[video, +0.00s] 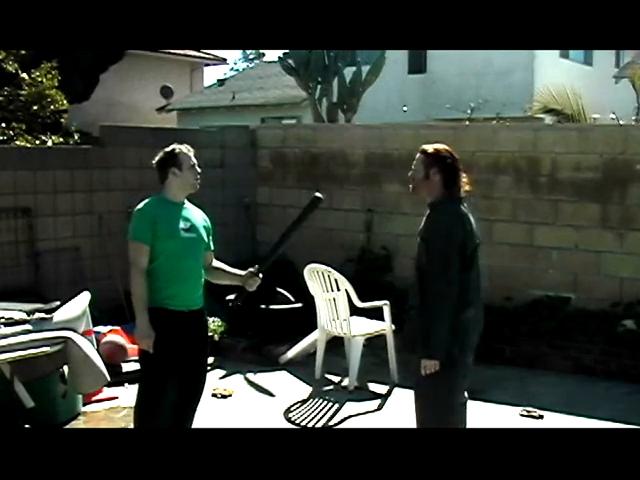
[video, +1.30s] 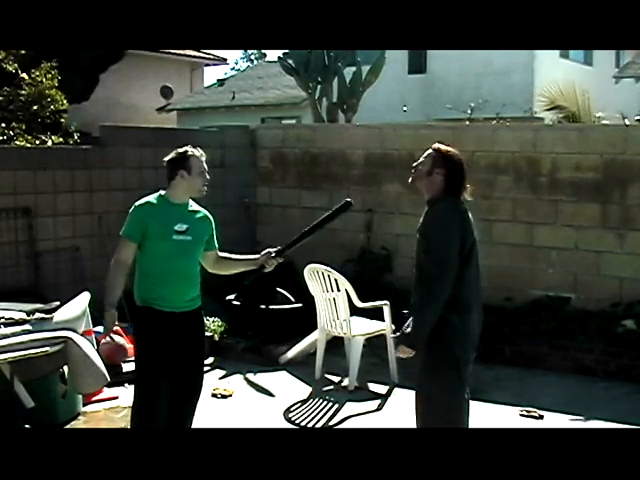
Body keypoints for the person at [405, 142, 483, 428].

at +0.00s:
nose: (410, 176)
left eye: (416, 170)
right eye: (412, 169)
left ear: (435, 176)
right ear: (435, 177)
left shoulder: (445, 220)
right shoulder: (448, 215)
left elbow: (440, 288)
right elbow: (441, 286)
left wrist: (433, 349)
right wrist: (431, 342)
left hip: (445, 342)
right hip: (450, 339)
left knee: (436, 416)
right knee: (444, 413)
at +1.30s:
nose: (413, 175)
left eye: (420, 170)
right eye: (416, 168)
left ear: (437, 177)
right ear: (438, 178)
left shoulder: (443, 216)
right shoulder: (449, 212)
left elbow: (436, 283)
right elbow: (437, 280)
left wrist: (413, 338)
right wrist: (415, 323)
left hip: (447, 332)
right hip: (451, 329)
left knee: (437, 409)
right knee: (443, 407)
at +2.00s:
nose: (413, 173)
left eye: (420, 167)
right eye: (416, 166)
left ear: (438, 175)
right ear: (437, 176)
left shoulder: (447, 216)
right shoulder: (442, 213)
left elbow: (435, 279)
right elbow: (427, 276)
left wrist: (408, 319)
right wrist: (406, 315)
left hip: (444, 324)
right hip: (442, 321)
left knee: (436, 399)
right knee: (439, 396)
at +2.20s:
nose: (411, 166)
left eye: (419, 163)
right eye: (415, 161)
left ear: (435, 176)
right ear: (434, 177)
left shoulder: (447, 219)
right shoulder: (436, 214)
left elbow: (452, 288)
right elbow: (441, 284)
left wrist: (446, 347)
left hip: (442, 336)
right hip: (430, 333)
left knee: (437, 411)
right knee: (435, 409)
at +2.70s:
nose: (408, 177)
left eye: (414, 171)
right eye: (409, 170)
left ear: (433, 176)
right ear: (432, 176)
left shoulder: (445, 218)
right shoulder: (441, 214)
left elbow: (432, 282)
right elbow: (429, 279)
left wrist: (397, 330)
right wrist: (399, 325)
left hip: (445, 330)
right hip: (444, 327)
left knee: (435, 406)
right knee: (439, 404)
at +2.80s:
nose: (407, 180)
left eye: (413, 173)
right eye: (409, 173)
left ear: (432, 177)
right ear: (431, 177)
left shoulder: (445, 218)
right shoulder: (440, 215)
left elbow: (434, 282)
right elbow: (429, 279)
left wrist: (399, 325)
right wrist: (401, 322)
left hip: (446, 328)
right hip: (442, 325)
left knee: (434, 403)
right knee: (441, 400)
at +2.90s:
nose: (407, 179)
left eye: (412, 173)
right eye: (408, 172)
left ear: (431, 177)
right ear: (432, 178)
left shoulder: (441, 218)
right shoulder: (449, 213)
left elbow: (429, 283)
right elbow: (431, 280)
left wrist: (403, 332)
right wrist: (407, 328)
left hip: (442, 334)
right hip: (449, 330)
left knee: (434, 410)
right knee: (442, 408)